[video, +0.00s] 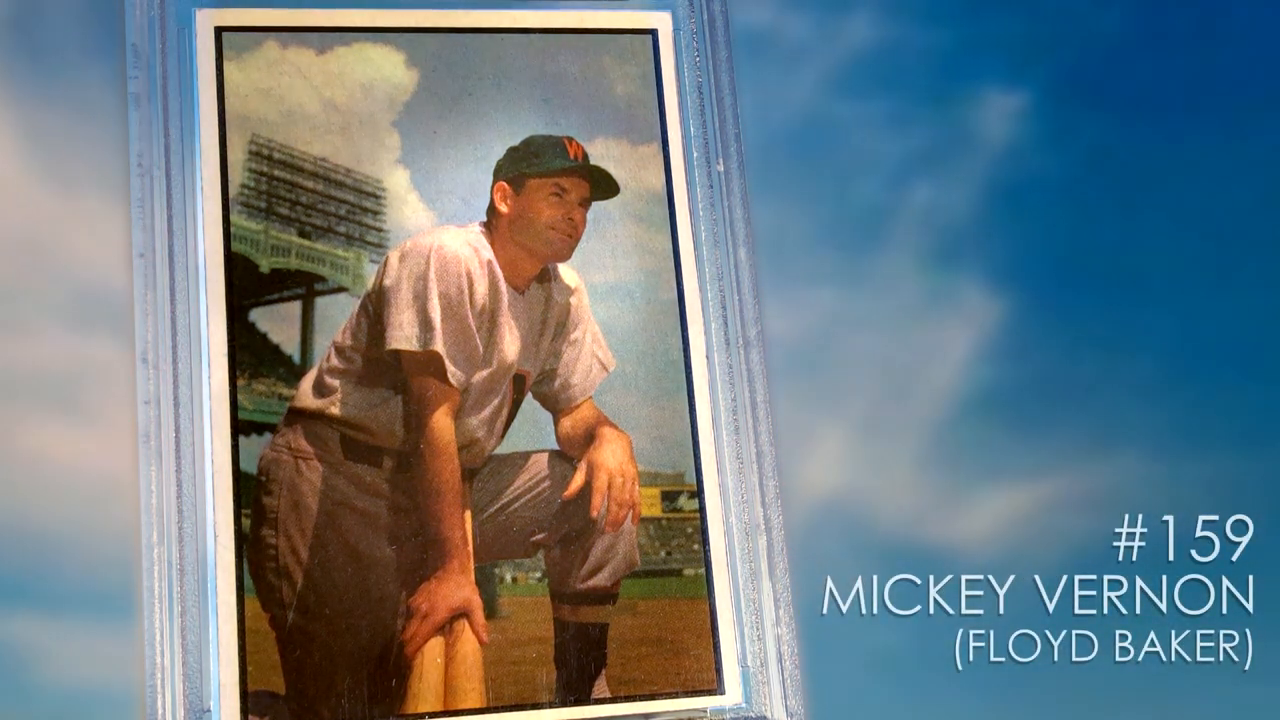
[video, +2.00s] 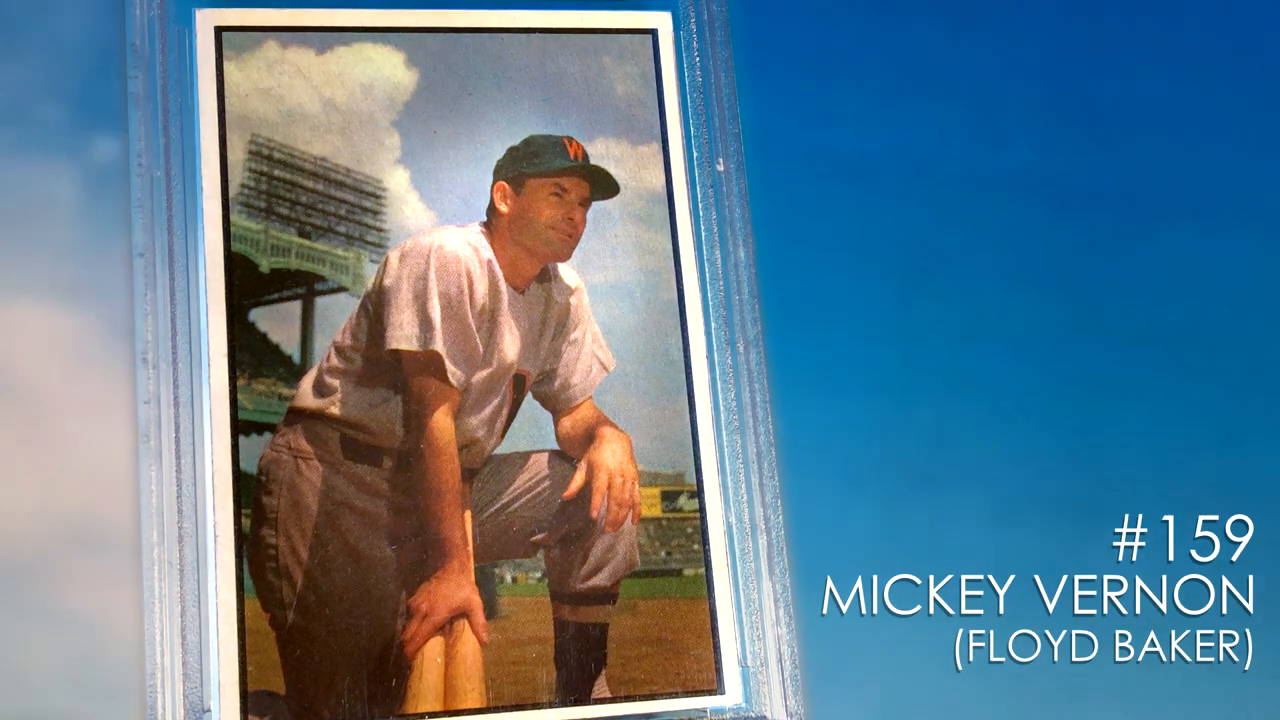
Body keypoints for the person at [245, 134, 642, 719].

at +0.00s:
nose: (576, 216)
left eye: (584, 203)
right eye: (558, 194)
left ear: (587, 217)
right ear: (505, 197)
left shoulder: (560, 296)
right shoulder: (443, 256)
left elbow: (575, 416)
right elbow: (432, 420)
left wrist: (609, 434)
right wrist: (454, 566)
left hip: (439, 487)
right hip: (334, 480)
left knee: (593, 488)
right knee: (349, 703)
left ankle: (580, 698)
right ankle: (243, 707)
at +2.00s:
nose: (577, 215)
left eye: (584, 203)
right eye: (559, 193)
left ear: (586, 217)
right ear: (505, 197)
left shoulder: (559, 295)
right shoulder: (442, 257)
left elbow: (575, 416)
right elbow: (431, 421)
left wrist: (609, 435)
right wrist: (454, 566)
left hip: (440, 487)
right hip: (335, 480)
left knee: (595, 488)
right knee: (347, 704)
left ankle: (580, 696)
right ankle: (236, 706)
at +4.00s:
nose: (576, 215)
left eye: (584, 203)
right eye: (558, 193)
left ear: (587, 217)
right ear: (504, 197)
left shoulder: (560, 296)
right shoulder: (441, 256)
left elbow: (575, 415)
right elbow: (432, 420)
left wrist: (609, 435)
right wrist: (454, 566)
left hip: (439, 486)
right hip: (334, 479)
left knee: (595, 488)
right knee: (348, 702)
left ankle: (581, 694)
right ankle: (237, 706)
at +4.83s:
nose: (576, 215)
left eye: (584, 204)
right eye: (557, 194)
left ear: (586, 217)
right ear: (505, 197)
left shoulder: (560, 296)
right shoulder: (441, 257)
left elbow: (575, 415)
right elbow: (431, 420)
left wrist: (609, 435)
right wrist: (454, 566)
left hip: (439, 487)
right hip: (334, 480)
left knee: (595, 488)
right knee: (348, 704)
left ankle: (580, 696)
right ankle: (238, 706)